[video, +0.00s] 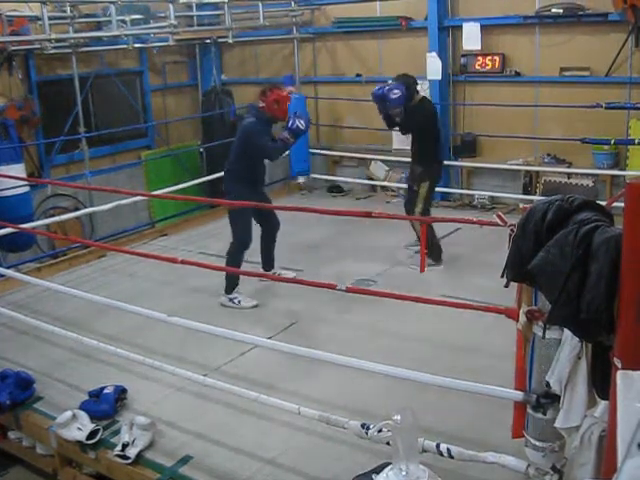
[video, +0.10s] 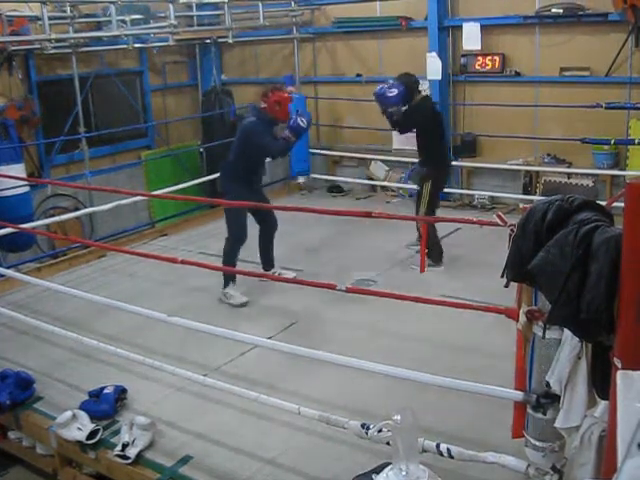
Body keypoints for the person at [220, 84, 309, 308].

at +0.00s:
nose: (282, 111)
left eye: (283, 106)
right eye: (279, 105)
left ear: (269, 105)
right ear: (266, 103)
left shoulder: (263, 125)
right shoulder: (252, 126)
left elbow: (272, 149)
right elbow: (271, 153)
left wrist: (289, 135)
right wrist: (290, 136)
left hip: (253, 187)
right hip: (237, 188)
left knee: (271, 224)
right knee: (242, 238)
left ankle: (269, 270)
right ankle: (229, 292)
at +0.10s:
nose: (285, 112)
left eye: (286, 108)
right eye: (282, 107)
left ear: (274, 108)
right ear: (271, 107)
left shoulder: (266, 125)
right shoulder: (253, 126)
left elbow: (276, 149)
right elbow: (275, 151)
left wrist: (290, 133)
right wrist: (293, 133)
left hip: (251, 185)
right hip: (233, 186)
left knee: (269, 223)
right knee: (237, 234)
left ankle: (269, 270)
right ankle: (228, 286)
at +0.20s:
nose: (281, 112)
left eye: (283, 108)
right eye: (278, 107)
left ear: (279, 108)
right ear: (268, 106)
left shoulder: (267, 124)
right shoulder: (251, 124)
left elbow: (279, 144)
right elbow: (273, 147)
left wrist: (295, 129)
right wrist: (293, 134)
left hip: (248, 181)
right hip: (230, 181)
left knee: (267, 222)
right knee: (235, 230)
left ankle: (268, 270)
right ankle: (220, 277)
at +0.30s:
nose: (277, 112)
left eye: (278, 108)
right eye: (275, 108)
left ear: (266, 106)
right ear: (266, 106)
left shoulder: (261, 123)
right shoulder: (246, 124)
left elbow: (279, 143)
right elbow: (276, 145)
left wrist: (290, 117)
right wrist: (288, 122)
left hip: (247, 181)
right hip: (227, 181)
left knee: (263, 222)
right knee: (229, 229)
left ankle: (269, 269)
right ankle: (214, 270)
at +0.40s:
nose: (264, 106)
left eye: (265, 102)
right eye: (260, 101)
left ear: (265, 103)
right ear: (249, 101)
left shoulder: (259, 121)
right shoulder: (237, 122)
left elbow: (276, 138)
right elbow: (254, 143)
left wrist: (283, 112)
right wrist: (268, 130)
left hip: (245, 179)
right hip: (226, 180)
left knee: (262, 222)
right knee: (223, 227)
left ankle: (269, 268)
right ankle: (207, 265)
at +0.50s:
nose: (256, 106)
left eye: (256, 102)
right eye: (252, 102)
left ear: (253, 104)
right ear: (242, 103)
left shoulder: (250, 121)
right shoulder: (227, 123)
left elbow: (268, 136)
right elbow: (245, 144)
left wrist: (279, 106)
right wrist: (256, 128)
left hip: (242, 179)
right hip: (221, 180)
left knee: (259, 220)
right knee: (216, 224)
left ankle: (268, 268)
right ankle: (204, 264)